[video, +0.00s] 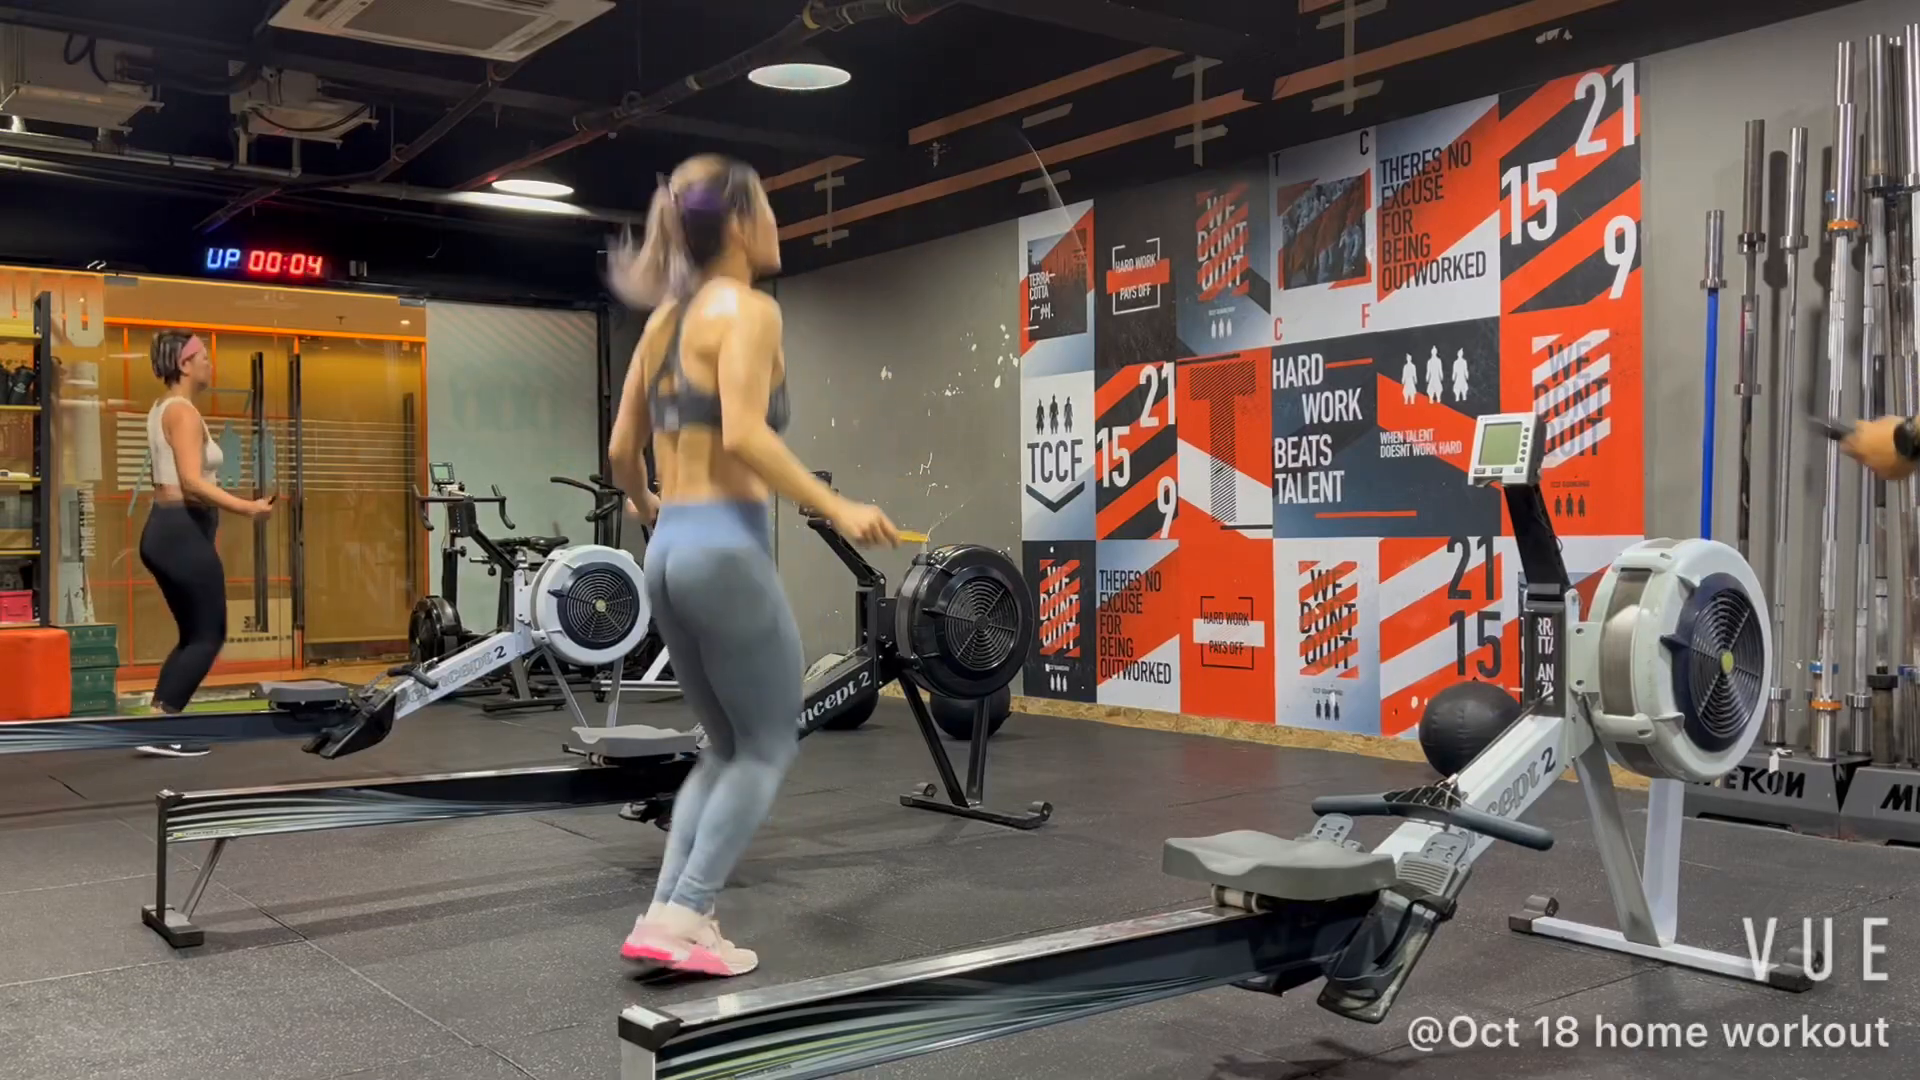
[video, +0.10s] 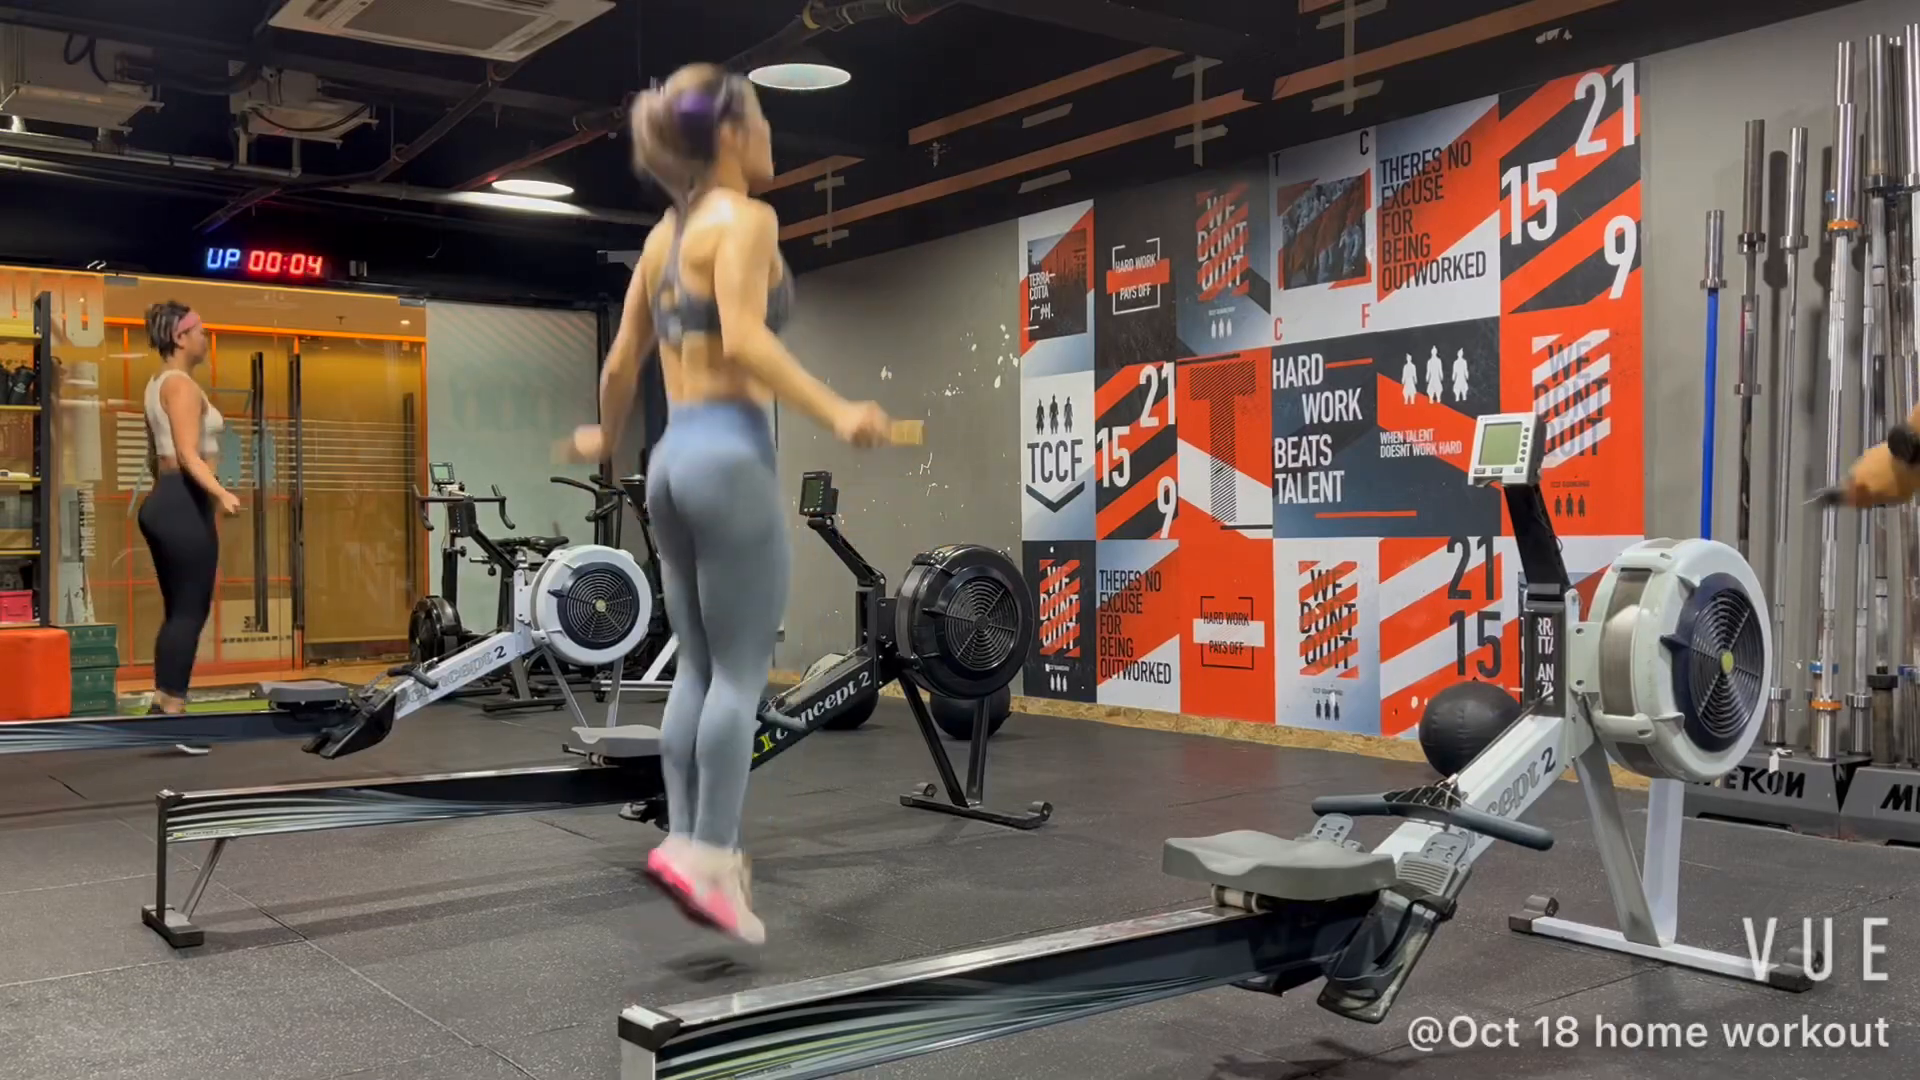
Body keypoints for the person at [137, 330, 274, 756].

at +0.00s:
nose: (210, 365)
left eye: (207, 357)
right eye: (204, 358)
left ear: (180, 366)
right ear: (185, 364)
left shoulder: (164, 410)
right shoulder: (183, 412)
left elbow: (178, 484)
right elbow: (193, 482)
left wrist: (205, 534)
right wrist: (249, 507)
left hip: (165, 529)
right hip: (182, 531)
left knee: (195, 634)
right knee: (209, 634)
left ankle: (156, 716)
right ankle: (163, 718)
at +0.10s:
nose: (207, 336)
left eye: (203, 329)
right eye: (200, 330)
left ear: (174, 339)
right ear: (180, 337)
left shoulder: (159, 384)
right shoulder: (181, 384)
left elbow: (160, 457)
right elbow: (187, 454)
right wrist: (221, 493)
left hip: (165, 498)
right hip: (182, 499)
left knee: (181, 607)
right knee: (191, 608)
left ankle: (166, 700)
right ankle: (172, 705)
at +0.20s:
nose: (206, 330)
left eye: (203, 323)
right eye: (199, 324)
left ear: (173, 332)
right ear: (180, 331)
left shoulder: (159, 378)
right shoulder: (179, 378)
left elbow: (158, 452)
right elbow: (179, 447)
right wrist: (217, 476)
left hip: (161, 494)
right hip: (178, 495)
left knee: (180, 603)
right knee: (193, 601)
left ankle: (159, 696)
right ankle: (158, 698)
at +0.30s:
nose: (206, 349)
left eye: (203, 340)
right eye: (201, 341)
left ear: (174, 348)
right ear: (181, 346)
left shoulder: (159, 395)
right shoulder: (177, 396)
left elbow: (169, 468)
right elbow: (182, 466)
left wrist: (217, 484)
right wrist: (232, 485)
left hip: (160, 515)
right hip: (176, 516)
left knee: (183, 620)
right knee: (194, 621)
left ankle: (147, 713)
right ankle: (148, 715)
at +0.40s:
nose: (206, 364)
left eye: (203, 356)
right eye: (200, 357)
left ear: (175, 364)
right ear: (181, 363)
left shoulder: (161, 408)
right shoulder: (176, 410)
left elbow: (178, 481)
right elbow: (186, 483)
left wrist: (230, 499)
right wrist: (243, 506)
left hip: (158, 529)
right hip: (174, 531)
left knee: (178, 637)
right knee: (190, 637)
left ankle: (139, 719)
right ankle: (141, 721)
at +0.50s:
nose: (205, 338)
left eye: (202, 331)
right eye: (199, 332)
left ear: (172, 340)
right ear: (179, 339)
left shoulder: (160, 385)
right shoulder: (178, 385)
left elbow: (160, 460)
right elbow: (183, 454)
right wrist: (220, 494)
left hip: (162, 501)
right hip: (179, 502)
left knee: (172, 611)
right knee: (182, 612)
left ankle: (152, 706)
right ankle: (154, 708)